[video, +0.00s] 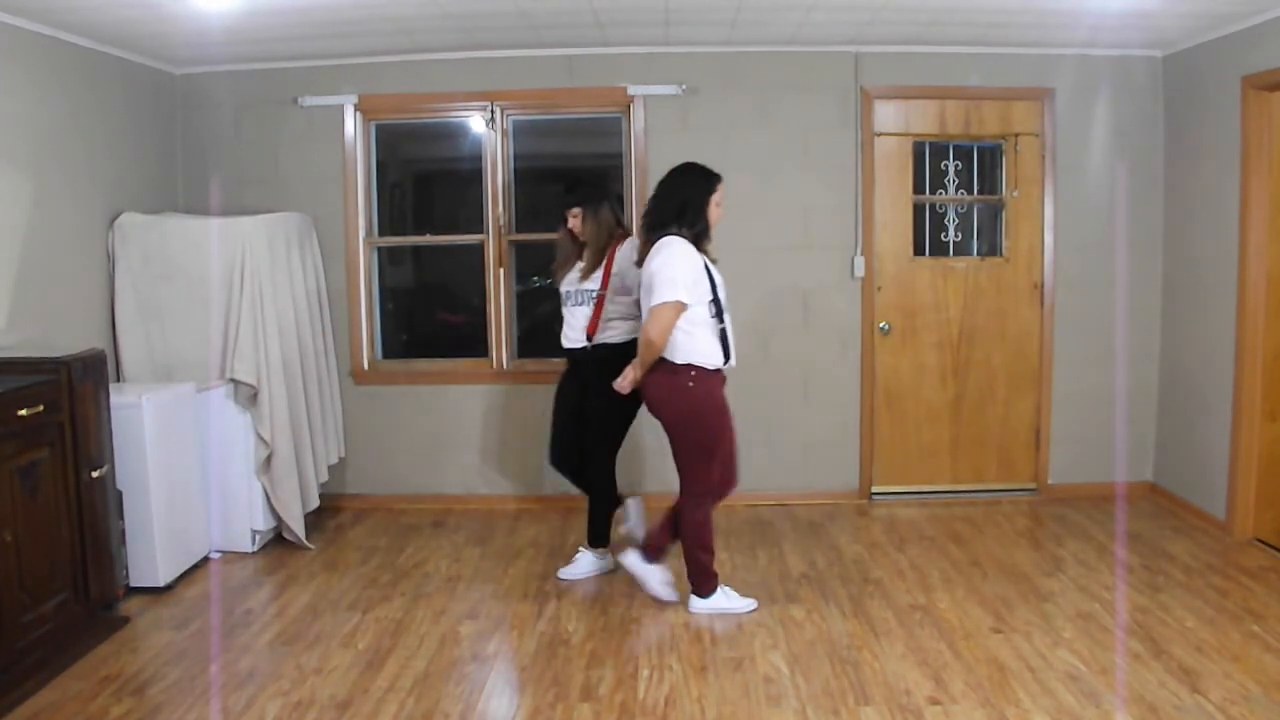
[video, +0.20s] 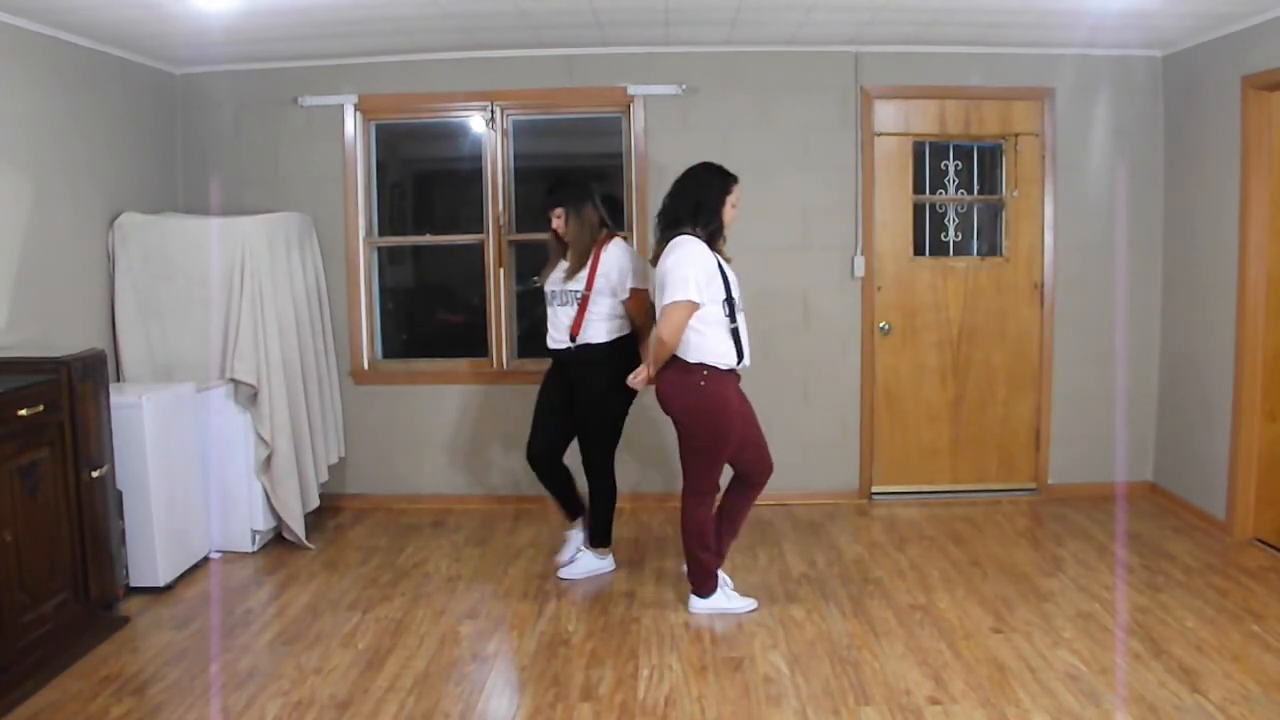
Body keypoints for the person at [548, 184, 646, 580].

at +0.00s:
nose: (573, 223)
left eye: (580, 214)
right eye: (570, 216)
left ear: (602, 214)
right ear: (569, 223)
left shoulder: (630, 252)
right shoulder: (574, 263)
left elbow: (656, 310)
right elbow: (577, 319)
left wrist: (642, 361)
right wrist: (577, 357)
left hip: (618, 362)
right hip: (579, 364)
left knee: (600, 456)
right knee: (563, 455)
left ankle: (596, 549)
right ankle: (623, 505)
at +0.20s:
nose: (554, 222)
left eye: (560, 214)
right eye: (552, 215)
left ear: (582, 213)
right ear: (561, 220)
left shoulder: (620, 254)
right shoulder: (563, 259)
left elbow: (643, 319)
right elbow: (568, 318)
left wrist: (645, 362)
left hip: (608, 366)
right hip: (566, 366)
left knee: (597, 459)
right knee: (541, 453)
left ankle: (600, 550)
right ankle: (580, 522)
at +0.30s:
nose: (547, 225)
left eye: (553, 216)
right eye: (544, 217)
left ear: (577, 214)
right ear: (554, 221)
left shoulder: (612, 255)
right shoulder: (558, 257)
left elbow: (637, 318)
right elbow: (561, 318)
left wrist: (632, 354)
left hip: (604, 366)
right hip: (559, 367)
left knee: (595, 459)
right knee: (536, 453)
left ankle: (599, 551)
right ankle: (557, 539)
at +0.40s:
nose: (535, 227)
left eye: (537, 220)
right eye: (534, 221)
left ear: (550, 218)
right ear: (557, 220)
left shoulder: (600, 255)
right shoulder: (549, 262)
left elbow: (630, 315)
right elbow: (557, 320)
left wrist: (614, 351)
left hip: (598, 368)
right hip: (553, 369)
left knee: (592, 459)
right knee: (534, 460)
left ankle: (599, 552)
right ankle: (531, 555)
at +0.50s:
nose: (526, 232)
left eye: (529, 222)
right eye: (523, 224)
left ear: (547, 217)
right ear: (548, 220)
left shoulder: (591, 255)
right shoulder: (542, 263)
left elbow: (620, 317)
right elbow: (547, 323)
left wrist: (601, 347)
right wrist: (586, 343)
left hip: (590, 371)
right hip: (547, 373)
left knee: (590, 464)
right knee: (536, 468)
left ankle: (599, 553)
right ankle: (517, 562)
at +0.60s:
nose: (514, 234)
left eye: (515, 224)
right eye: (510, 226)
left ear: (532, 218)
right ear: (537, 219)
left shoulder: (580, 256)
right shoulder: (531, 265)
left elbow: (613, 318)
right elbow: (537, 325)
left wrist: (596, 355)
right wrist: (569, 351)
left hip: (581, 373)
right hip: (539, 376)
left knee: (587, 465)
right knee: (533, 474)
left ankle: (599, 552)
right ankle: (515, 566)